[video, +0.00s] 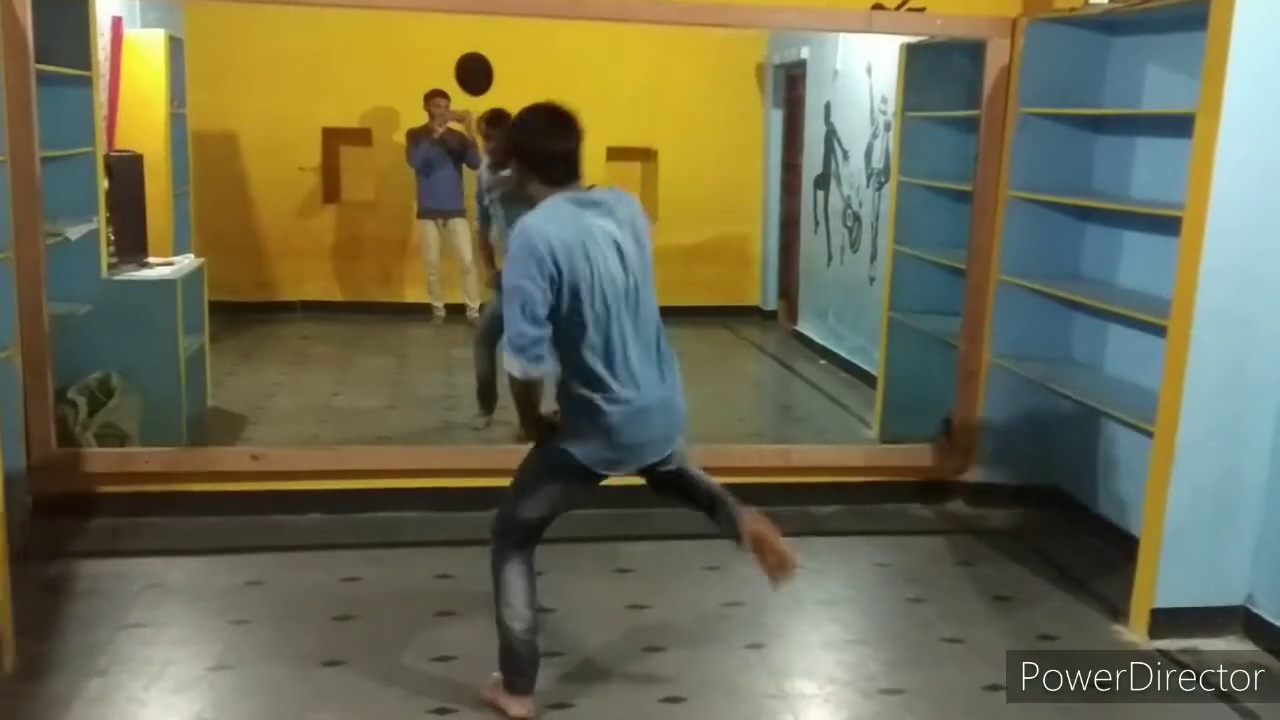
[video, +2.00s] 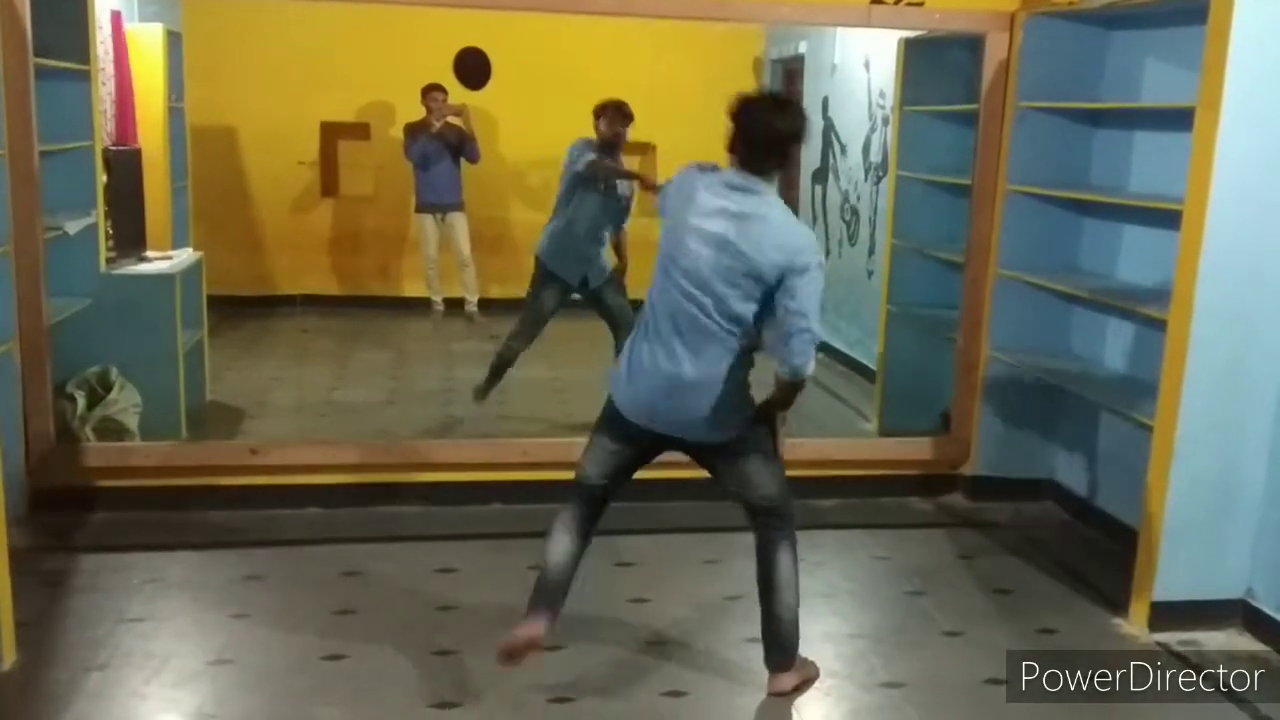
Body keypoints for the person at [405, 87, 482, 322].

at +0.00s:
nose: (440, 111)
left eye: (444, 106)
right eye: (435, 106)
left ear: (449, 109)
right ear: (427, 108)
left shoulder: (456, 136)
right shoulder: (416, 134)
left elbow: (474, 162)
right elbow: (415, 161)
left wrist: (470, 133)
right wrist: (434, 135)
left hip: (455, 210)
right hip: (428, 210)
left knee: (467, 262)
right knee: (432, 264)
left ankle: (473, 309)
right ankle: (437, 308)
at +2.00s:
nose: (438, 105)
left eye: (441, 100)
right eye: (433, 100)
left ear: (447, 103)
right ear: (424, 103)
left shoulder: (454, 130)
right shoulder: (414, 129)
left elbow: (473, 157)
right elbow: (412, 155)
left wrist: (467, 125)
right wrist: (433, 129)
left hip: (453, 203)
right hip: (426, 204)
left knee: (465, 257)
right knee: (430, 258)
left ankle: (471, 305)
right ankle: (436, 303)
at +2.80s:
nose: (441, 138)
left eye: (446, 133)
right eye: (437, 133)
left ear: (451, 136)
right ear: (429, 135)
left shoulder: (458, 162)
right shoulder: (418, 161)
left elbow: (477, 188)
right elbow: (417, 187)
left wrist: (471, 157)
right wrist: (436, 161)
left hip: (457, 234)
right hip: (430, 236)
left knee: (468, 287)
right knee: (434, 288)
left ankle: (474, 334)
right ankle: (439, 333)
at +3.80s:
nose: (457, 170)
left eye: (461, 166)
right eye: (452, 165)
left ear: (466, 168)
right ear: (444, 167)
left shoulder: (474, 194)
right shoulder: (433, 192)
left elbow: (492, 219)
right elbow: (431, 217)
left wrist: (486, 190)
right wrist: (452, 192)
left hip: (472, 265)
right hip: (445, 266)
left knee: (482, 316)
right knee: (448, 318)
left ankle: (488, 364)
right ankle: (454, 364)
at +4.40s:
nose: (457, 170)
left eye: (461, 166)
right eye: (452, 165)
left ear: (466, 168)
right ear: (444, 168)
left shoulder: (474, 195)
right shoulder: (434, 194)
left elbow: (492, 220)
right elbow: (432, 219)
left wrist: (486, 191)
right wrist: (452, 194)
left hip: (473, 266)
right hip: (445, 267)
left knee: (483, 317)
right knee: (449, 319)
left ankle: (489, 364)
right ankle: (454, 364)